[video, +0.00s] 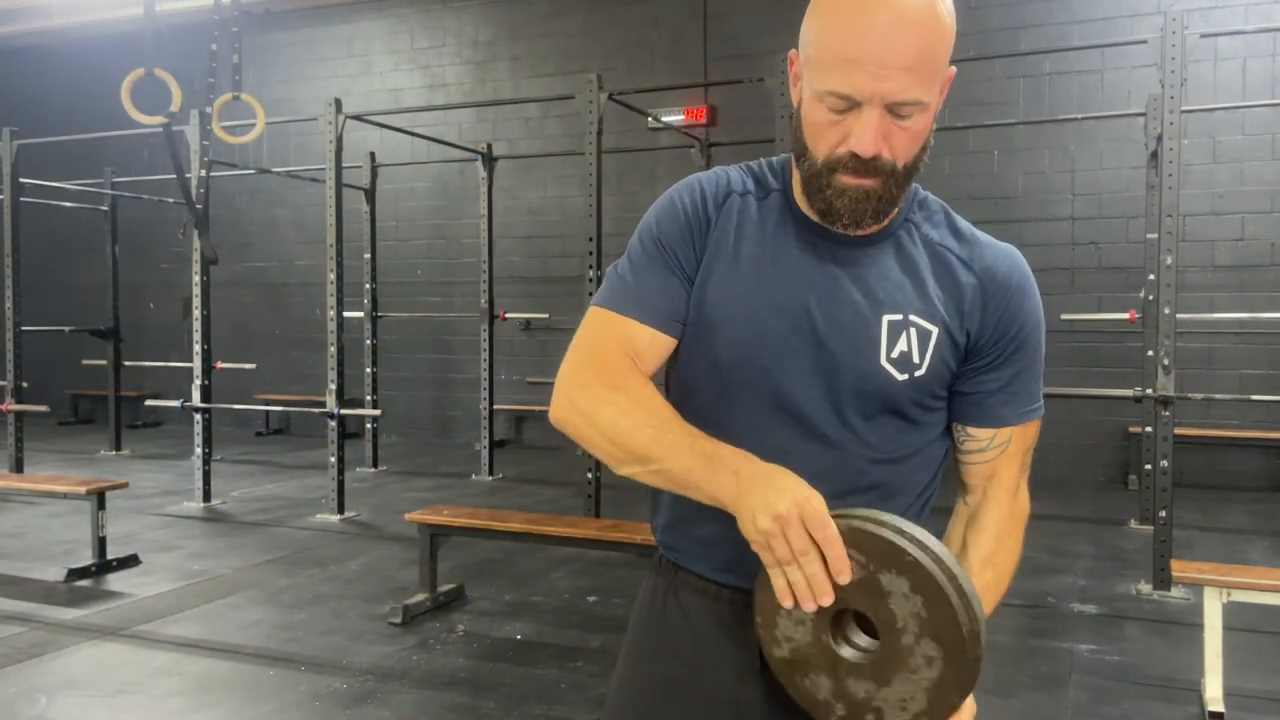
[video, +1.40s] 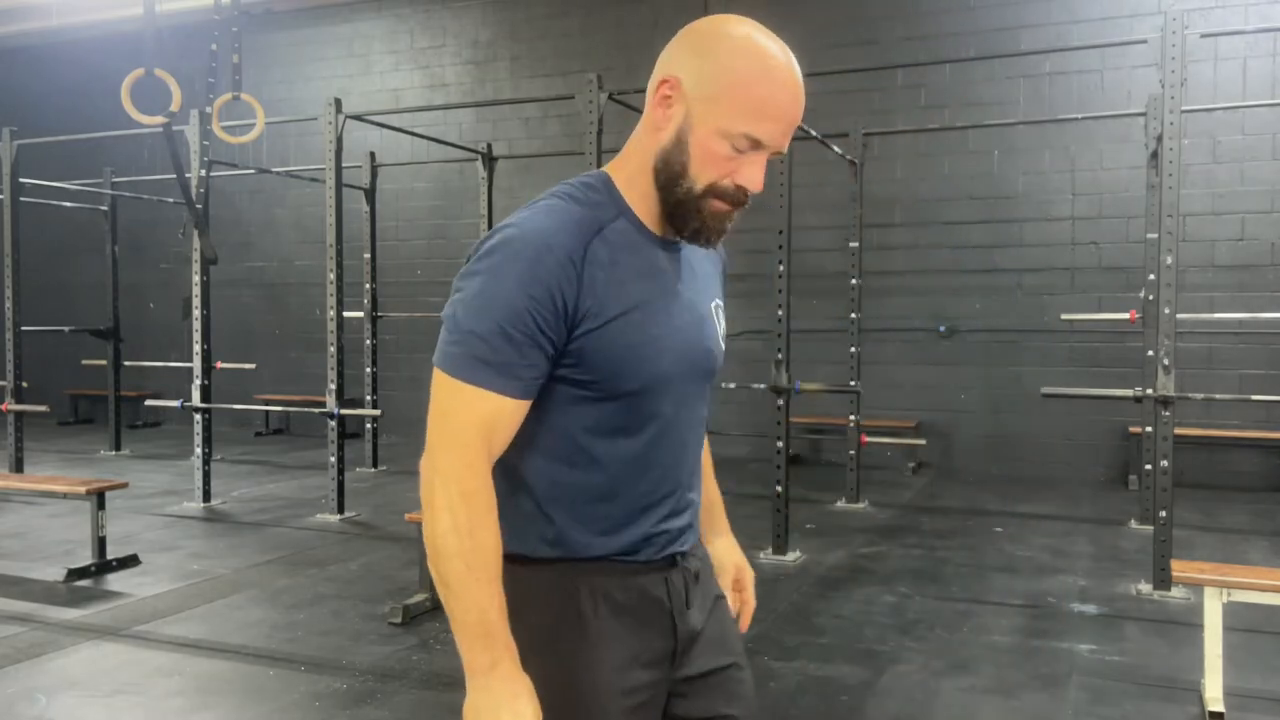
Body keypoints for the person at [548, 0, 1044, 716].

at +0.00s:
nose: (867, 143)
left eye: (901, 111)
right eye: (840, 105)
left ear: (941, 99)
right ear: (795, 79)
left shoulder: (989, 283)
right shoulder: (700, 217)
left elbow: (995, 491)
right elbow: (587, 390)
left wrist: (938, 659)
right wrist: (742, 479)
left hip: (871, 648)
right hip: (693, 627)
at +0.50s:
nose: (851, 152)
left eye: (893, 124)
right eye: (833, 107)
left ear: (950, 112)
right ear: (803, 67)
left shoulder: (993, 290)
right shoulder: (703, 207)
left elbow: (1013, 511)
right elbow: (518, 304)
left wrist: (1022, 705)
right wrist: (631, 460)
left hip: (863, 644)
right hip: (691, 627)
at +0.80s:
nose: (835, 141)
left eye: (871, 112)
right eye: (813, 98)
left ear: (912, 100)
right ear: (771, 65)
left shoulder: (947, 273)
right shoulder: (662, 221)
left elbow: (979, 469)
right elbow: (489, 355)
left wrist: (1026, 667)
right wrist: (546, 535)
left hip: (845, 637)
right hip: (662, 624)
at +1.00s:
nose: (774, 158)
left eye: (806, 131)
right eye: (753, 117)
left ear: (831, 127)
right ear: (701, 84)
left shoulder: (846, 270)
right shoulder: (589, 242)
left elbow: (869, 437)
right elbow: (462, 428)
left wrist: (933, 607)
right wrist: (505, 623)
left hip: (788, 627)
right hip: (620, 626)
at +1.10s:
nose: (741, 168)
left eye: (772, 140)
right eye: (720, 127)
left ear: (797, 132)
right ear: (666, 88)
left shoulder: (801, 265)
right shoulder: (556, 246)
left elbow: (810, 421)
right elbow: (450, 443)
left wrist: (871, 585)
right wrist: (490, 647)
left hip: (755, 619)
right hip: (594, 624)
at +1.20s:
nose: (725, 172)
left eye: (755, 147)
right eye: (706, 133)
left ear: (780, 135)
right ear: (651, 92)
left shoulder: (761, 257)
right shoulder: (535, 249)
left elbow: (763, 413)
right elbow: (444, 464)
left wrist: (810, 565)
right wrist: (483, 667)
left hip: (730, 609)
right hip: (576, 620)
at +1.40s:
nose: (753, 181)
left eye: (769, 156)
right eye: (739, 145)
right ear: (664, 103)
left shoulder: (701, 244)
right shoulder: (536, 253)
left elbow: (679, 411)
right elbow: (452, 466)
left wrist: (716, 535)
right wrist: (492, 676)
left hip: (688, 593)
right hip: (568, 613)